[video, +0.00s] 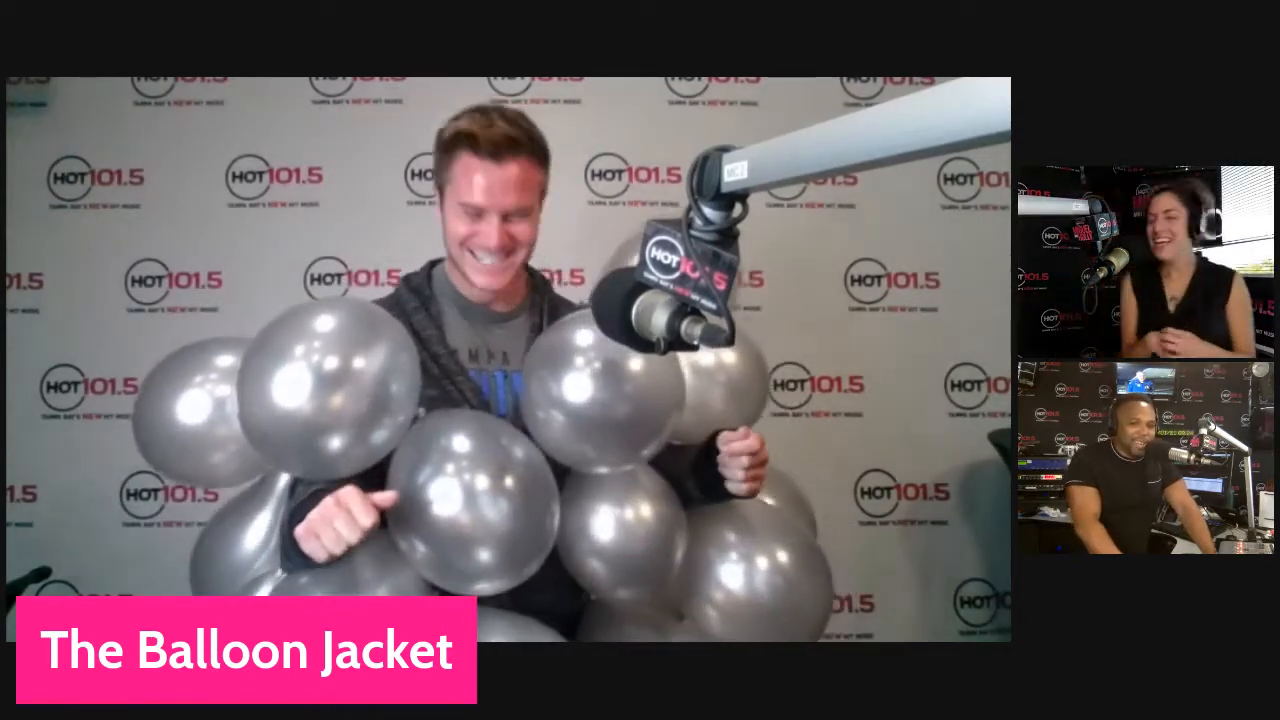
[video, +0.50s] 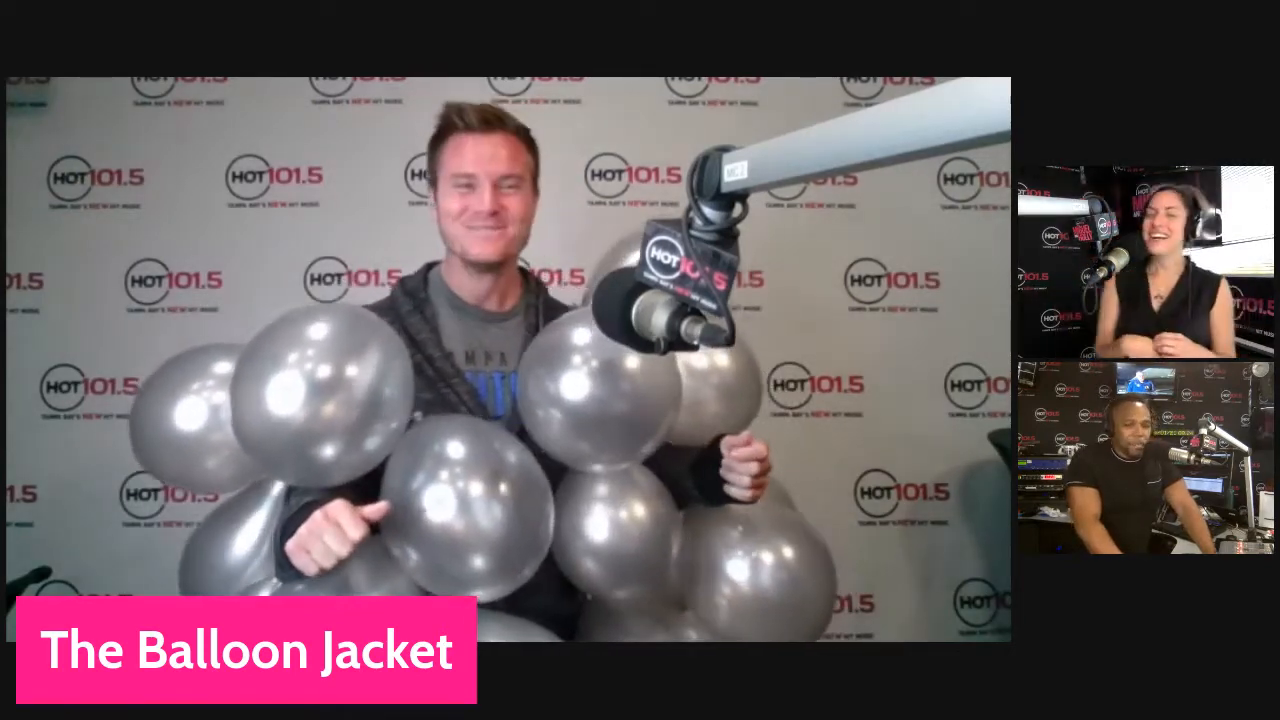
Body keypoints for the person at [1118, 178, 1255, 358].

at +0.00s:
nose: (1157, 228)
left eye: (1170, 218)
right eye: (1151, 220)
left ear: (1195, 224)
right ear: (1146, 226)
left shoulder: (1229, 283)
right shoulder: (1134, 282)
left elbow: (1248, 360)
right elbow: (1127, 355)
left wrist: (1200, 349)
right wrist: (1148, 344)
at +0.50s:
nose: (1157, 223)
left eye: (1171, 215)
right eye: (1151, 214)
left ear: (1190, 225)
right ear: (1143, 221)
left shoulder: (1214, 288)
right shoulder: (1118, 283)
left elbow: (1228, 361)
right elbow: (1101, 350)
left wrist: (1193, 350)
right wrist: (1125, 344)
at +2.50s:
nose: (1152, 228)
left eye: (1164, 220)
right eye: (1143, 218)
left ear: (1178, 229)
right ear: (1130, 223)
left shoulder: (1200, 288)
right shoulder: (1106, 286)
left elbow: (1214, 361)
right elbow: (1095, 356)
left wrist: (1181, 347)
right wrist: (1115, 345)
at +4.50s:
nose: (1146, 229)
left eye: (1160, 220)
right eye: (1138, 218)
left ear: (1175, 230)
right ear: (1127, 224)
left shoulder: (1197, 284)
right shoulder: (1103, 285)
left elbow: (1211, 358)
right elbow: (1093, 359)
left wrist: (1169, 344)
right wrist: (1100, 345)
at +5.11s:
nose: (1143, 227)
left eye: (1156, 217)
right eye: (1134, 217)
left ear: (1172, 226)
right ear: (1124, 225)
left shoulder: (1197, 285)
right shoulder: (1103, 286)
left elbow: (1209, 362)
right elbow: (1094, 357)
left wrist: (1166, 352)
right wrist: (1126, 351)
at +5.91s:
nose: (1140, 226)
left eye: (1152, 217)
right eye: (1131, 218)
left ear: (1170, 226)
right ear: (1121, 227)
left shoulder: (1198, 287)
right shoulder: (1103, 288)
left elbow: (1214, 364)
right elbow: (1095, 357)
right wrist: (1134, 353)